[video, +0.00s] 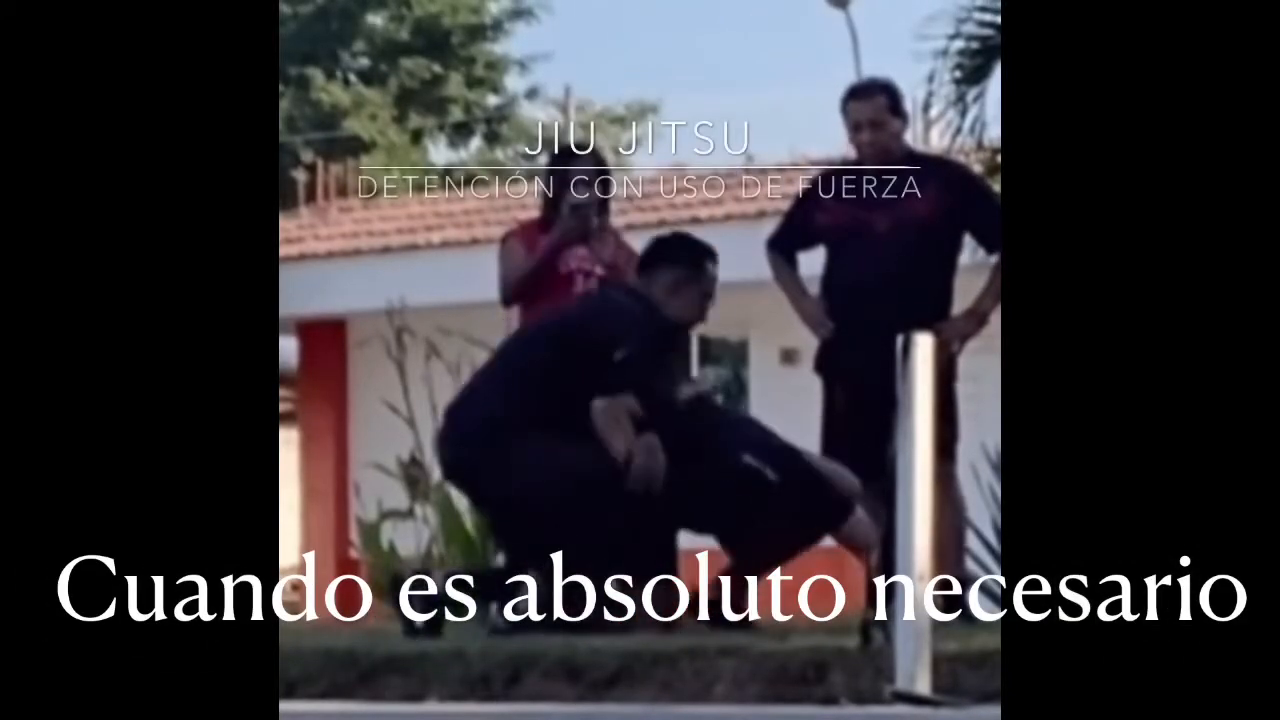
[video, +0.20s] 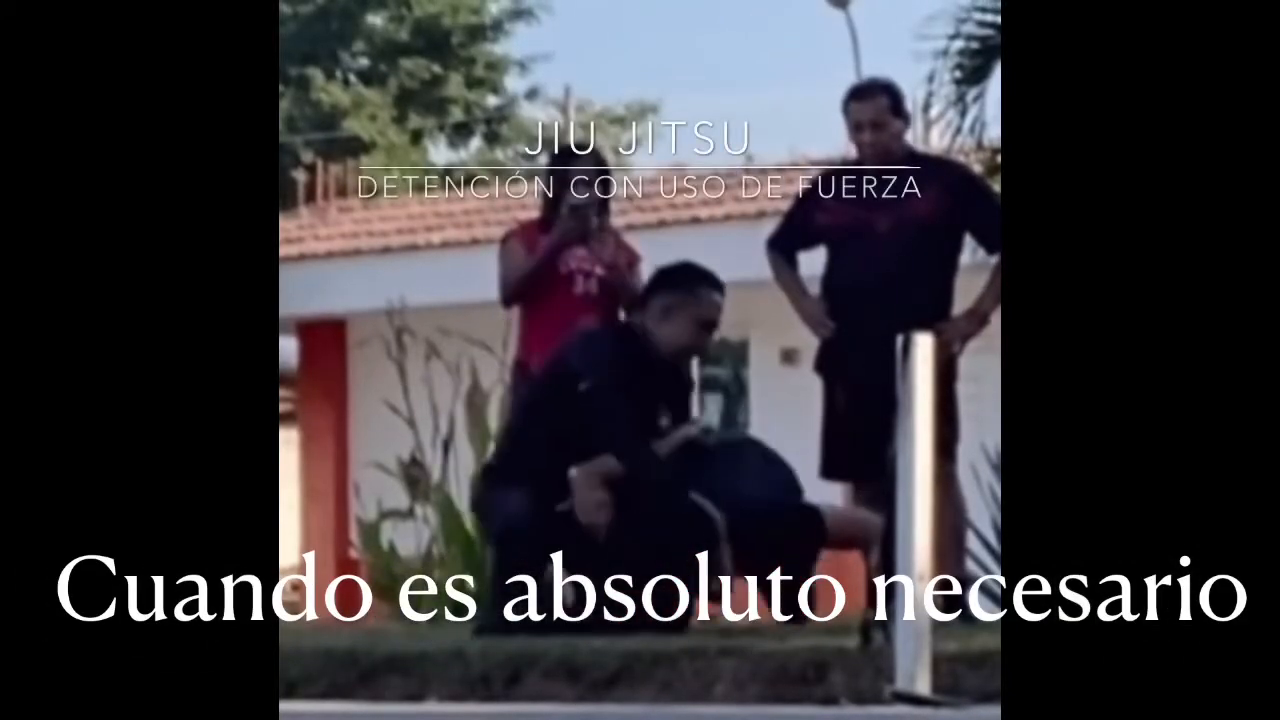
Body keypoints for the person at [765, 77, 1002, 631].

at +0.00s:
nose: (866, 137)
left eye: (876, 125)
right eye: (856, 128)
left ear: (902, 123)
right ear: (846, 132)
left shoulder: (947, 180)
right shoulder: (831, 187)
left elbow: (1003, 245)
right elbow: (778, 250)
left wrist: (973, 317)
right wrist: (813, 315)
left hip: (923, 353)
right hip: (850, 352)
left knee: (932, 476)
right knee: (855, 480)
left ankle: (947, 590)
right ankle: (877, 599)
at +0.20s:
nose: (868, 138)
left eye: (877, 125)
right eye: (858, 128)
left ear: (903, 123)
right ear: (847, 131)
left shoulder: (947, 180)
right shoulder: (831, 187)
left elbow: (1003, 246)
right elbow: (778, 250)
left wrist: (974, 317)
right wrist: (815, 318)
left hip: (924, 354)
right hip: (852, 353)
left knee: (934, 478)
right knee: (866, 484)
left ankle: (948, 594)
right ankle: (878, 602)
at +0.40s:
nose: (870, 139)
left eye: (880, 127)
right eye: (859, 129)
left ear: (905, 124)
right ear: (849, 132)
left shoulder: (949, 181)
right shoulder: (832, 188)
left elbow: (1004, 247)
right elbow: (778, 248)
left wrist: (975, 318)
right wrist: (813, 315)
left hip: (926, 353)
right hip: (853, 351)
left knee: (934, 475)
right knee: (864, 480)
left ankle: (946, 593)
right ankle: (870, 595)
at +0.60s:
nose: (872, 140)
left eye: (881, 127)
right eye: (861, 130)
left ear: (907, 125)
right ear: (850, 133)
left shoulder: (950, 181)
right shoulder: (832, 188)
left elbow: (1004, 248)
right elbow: (779, 248)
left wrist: (976, 318)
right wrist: (815, 317)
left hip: (926, 355)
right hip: (853, 353)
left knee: (934, 478)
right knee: (864, 482)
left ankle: (946, 594)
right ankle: (869, 602)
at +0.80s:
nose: (873, 138)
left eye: (883, 126)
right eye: (862, 128)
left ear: (908, 124)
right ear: (852, 131)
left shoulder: (950, 182)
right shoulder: (834, 187)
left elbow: (1004, 249)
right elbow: (780, 245)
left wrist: (975, 318)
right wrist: (808, 302)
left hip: (926, 355)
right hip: (853, 353)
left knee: (935, 476)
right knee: (865, 479)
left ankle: (946, 592)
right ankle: (871, 592)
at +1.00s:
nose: (870, 140)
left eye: (880, 128)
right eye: (860, 130)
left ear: (906, 125)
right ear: (850, 133)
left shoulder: (950, 182)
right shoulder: (833, 188)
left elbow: (1003, 249)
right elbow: (778, 247)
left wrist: (975, 318)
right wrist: (813, 314)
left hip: (926, 357)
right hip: (853, 354)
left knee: (934, 479)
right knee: (863, 484)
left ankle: (945, 595)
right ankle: (872, 602)